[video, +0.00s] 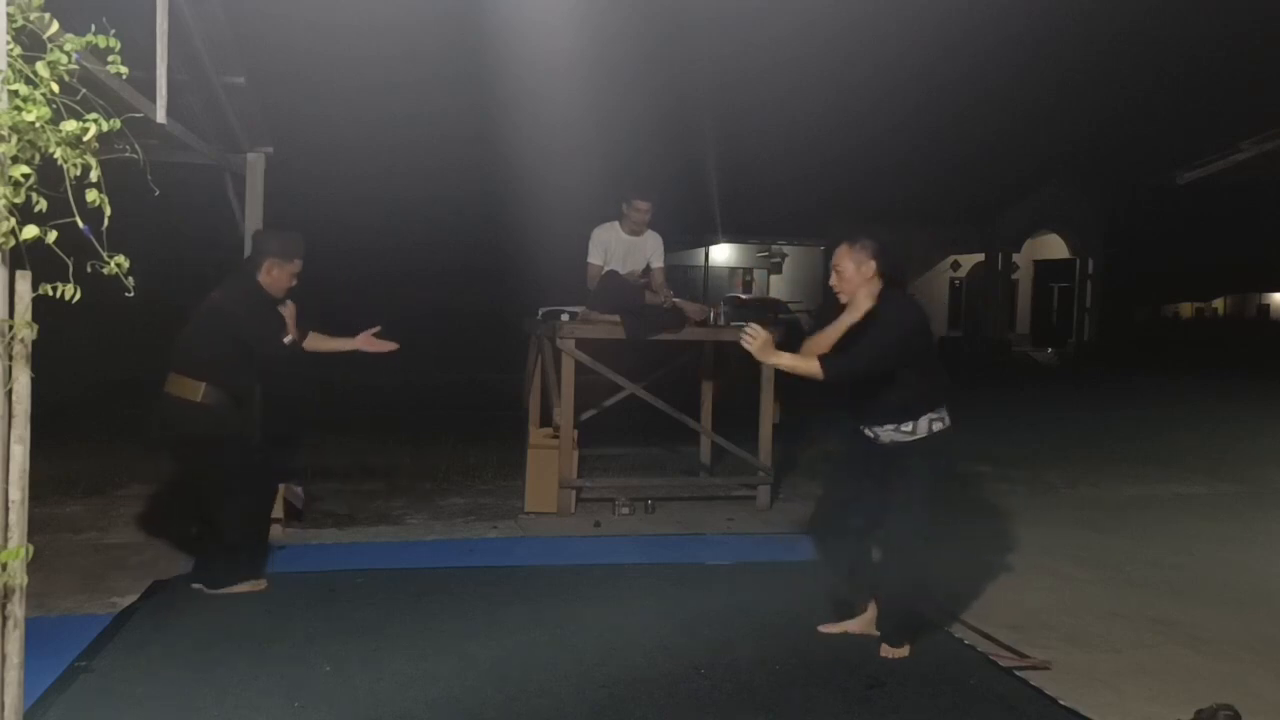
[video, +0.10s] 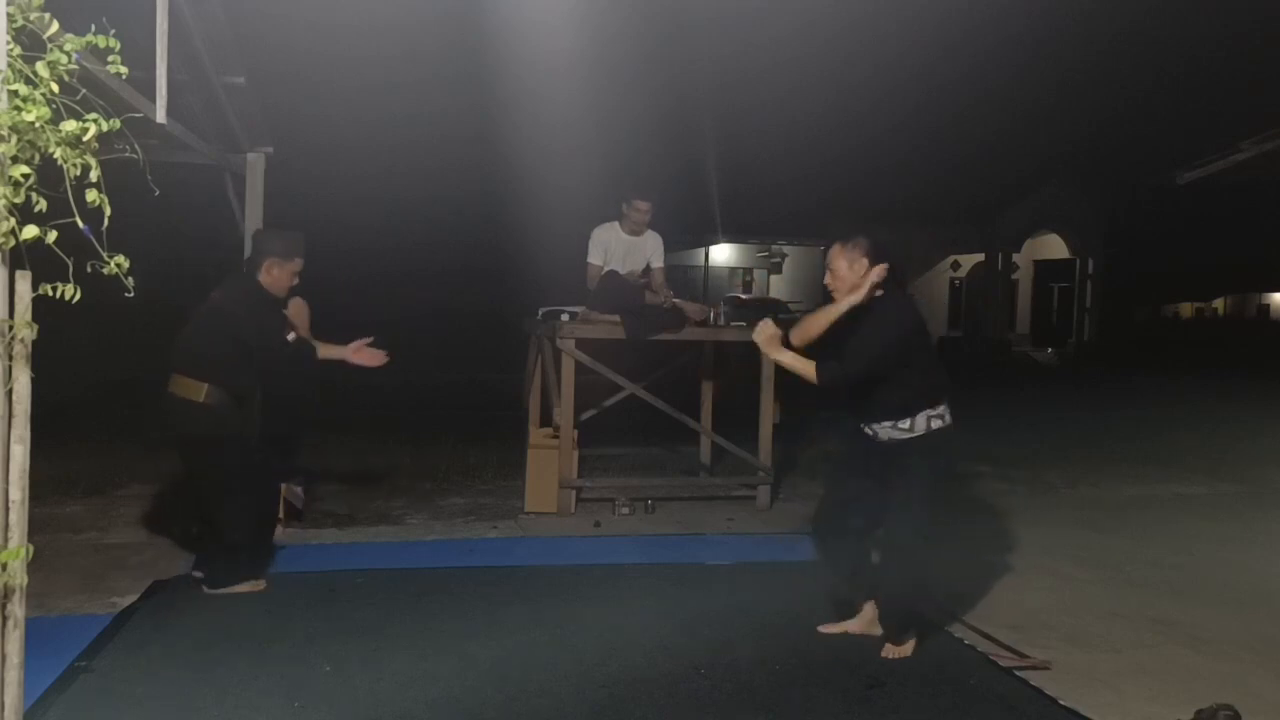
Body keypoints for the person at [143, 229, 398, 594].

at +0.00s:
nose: (295, 283)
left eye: (297, 275)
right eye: (292, 274)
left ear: (269, 269)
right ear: (269, 268)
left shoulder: (248, 295)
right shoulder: (245, 300)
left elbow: (299, 339)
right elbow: (274, 350)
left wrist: (354, 343)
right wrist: (287, 328)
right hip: (201, 411)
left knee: (226, 482)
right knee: (238, 484)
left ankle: (216, 567)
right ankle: (223, 574)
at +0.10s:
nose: (296, 282)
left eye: (297, 274)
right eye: (293, 274)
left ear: (268, 269)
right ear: (269, 269)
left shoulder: (238, 290)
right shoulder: (253, 303)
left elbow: (284, 341)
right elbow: (294, 351)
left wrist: (342, 352)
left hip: (187, 403)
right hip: (208, 410)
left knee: (219, 482)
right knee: (240, 484)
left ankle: (211, 561)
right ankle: (229, 574)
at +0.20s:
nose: (296, 282)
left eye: (298, 275)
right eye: (291, 273)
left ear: (271, 269)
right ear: (264, 268)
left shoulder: (249, 300)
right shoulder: (246, 306)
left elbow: (272, 348)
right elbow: (280, 351)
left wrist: (320, 357)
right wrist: (339, 329)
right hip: (220, 415)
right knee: (252, 486)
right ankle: (231, 573)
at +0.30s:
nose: (294, 283)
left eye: (296, 275)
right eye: (288, 274)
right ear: (260, 269)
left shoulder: (249, 300)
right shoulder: (244, 305)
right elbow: (305, 338)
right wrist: (369, 328)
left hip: (219, 408)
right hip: (218, 413)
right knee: (253, 488)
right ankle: (232, 573)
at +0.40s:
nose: (293, 284)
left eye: (296, 276)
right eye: (286, 274)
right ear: (259, 269)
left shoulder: (258, 302)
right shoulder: (241, 302)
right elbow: (298, 333)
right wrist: (363, 328)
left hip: (229, 406)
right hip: (217, 410)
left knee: (245, 480)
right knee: (253, 486)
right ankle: (232, 573)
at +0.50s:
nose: (292, 285)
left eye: (296, 277)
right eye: (285, 275)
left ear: (299, 274)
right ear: (260, 270)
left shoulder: (275, 308)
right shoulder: (239, 299)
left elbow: (310, 353)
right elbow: (261, 326)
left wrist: (297, 345)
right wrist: (318, 327)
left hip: (245, 401)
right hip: (220, 403)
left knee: (257, 474)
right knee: (244, 481)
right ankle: (231, 572)